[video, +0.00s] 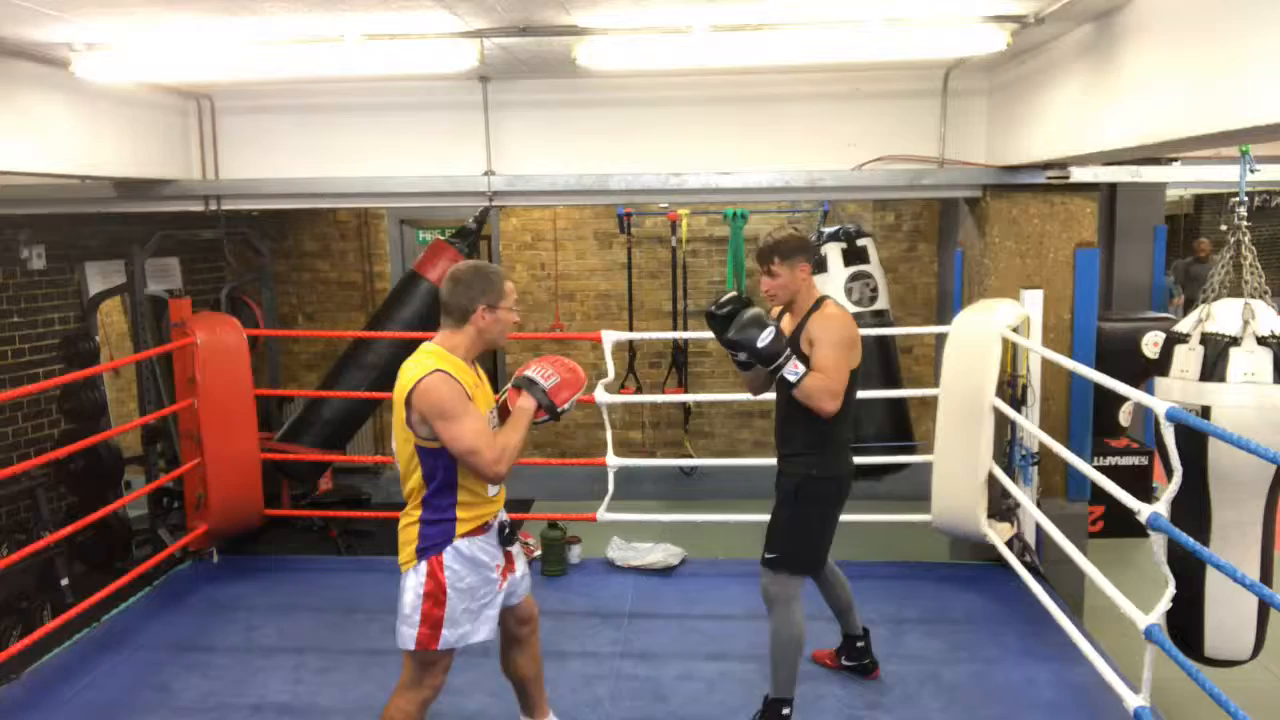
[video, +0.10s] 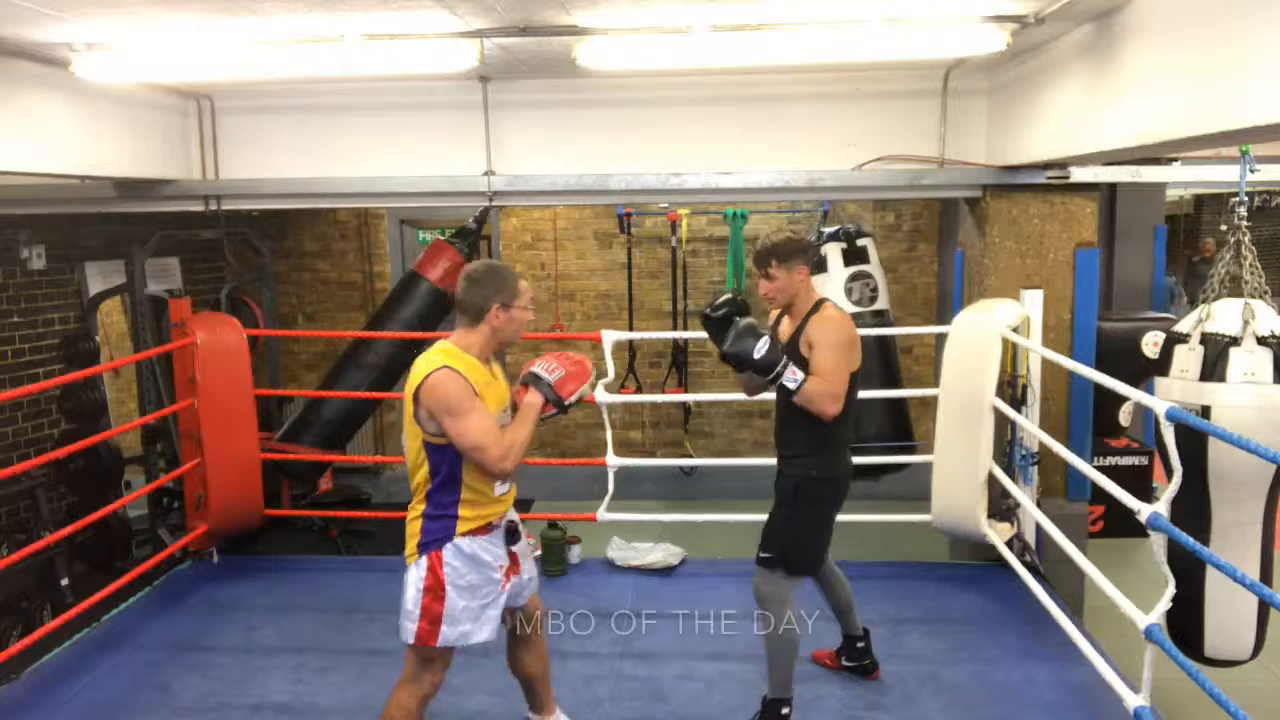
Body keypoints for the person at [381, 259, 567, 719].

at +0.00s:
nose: (516, 320)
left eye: (515, 309)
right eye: (511, 310)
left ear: (475, 315)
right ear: (482, 315)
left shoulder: (462, 367)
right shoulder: (435, 382)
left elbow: (473, 445)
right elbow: (494, 463)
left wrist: (520, 409)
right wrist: (525, 404)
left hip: (486, 533)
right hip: (443, 548)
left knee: (522, 620)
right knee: (423, 681)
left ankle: (538, 715)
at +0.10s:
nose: (531, 320)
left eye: (530, 309)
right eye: (526, 309)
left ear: (492, 313)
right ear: (495, 314)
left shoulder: (485, 362)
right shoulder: (443, 378)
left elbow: (494, 427)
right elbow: (501, 460)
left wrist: (532, 401)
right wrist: (532, 401)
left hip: (497, 530)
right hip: (447, 545)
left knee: (527, 620)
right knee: (424, 676)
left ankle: (545, 713)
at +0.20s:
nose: (550, 318)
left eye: (548, 307)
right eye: (543, 308)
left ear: (511, 314)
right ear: (514, 314)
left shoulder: (522, 360)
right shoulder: (460, 374)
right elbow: (523, 447)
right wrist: (555, 381)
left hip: (510, 529)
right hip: (456, 541)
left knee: (532, 624)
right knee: (426, 674)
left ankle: (546, 713)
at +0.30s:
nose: (563, 313)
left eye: (561, 303)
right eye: (556, 304)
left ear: (524, 314)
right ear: (528, 314)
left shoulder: (533, 351)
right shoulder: (486, 372)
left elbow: (595, 342)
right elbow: (574, 415)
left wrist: (656, 326)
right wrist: (609, 356)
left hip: (518, 526)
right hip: (471, 538)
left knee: (535, 638)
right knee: (441, 667)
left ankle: (547, 715)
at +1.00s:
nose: (589, 312)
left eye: (587, 302)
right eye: (583, 302)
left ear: (553, 309)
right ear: (558, 310)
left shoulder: (551, 355)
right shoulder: (516, 370)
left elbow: (577, 407)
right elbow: (585, 430)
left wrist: (624, 374)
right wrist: (596, 365)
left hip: (541, 517)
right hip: (506, 525)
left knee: (551, 622)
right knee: (492, 658)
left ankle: (549, 713)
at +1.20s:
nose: (594, 309)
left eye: (593, 300)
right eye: (588, 300)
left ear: (550, 307)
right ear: (561, 309)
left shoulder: (521, 349)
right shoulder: (535, 374)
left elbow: (557, 386)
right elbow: (590, 451)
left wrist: (598, 362)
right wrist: (636, 401)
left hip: (547, 519)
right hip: (513, 530)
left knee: (555, 619)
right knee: (494, 663)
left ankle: (549, 713)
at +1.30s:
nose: (601, 313)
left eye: (600, 304)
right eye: (595, 304)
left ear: (565, 311)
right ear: (567, 312)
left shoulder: (571, 355)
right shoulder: (512, 373)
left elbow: (618, 373)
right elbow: (509, 463)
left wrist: (675, 355)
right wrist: (581, 462)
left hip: (554, 515)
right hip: (510, 525)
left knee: (566, 617)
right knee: (497, 656)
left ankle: (552, 711)